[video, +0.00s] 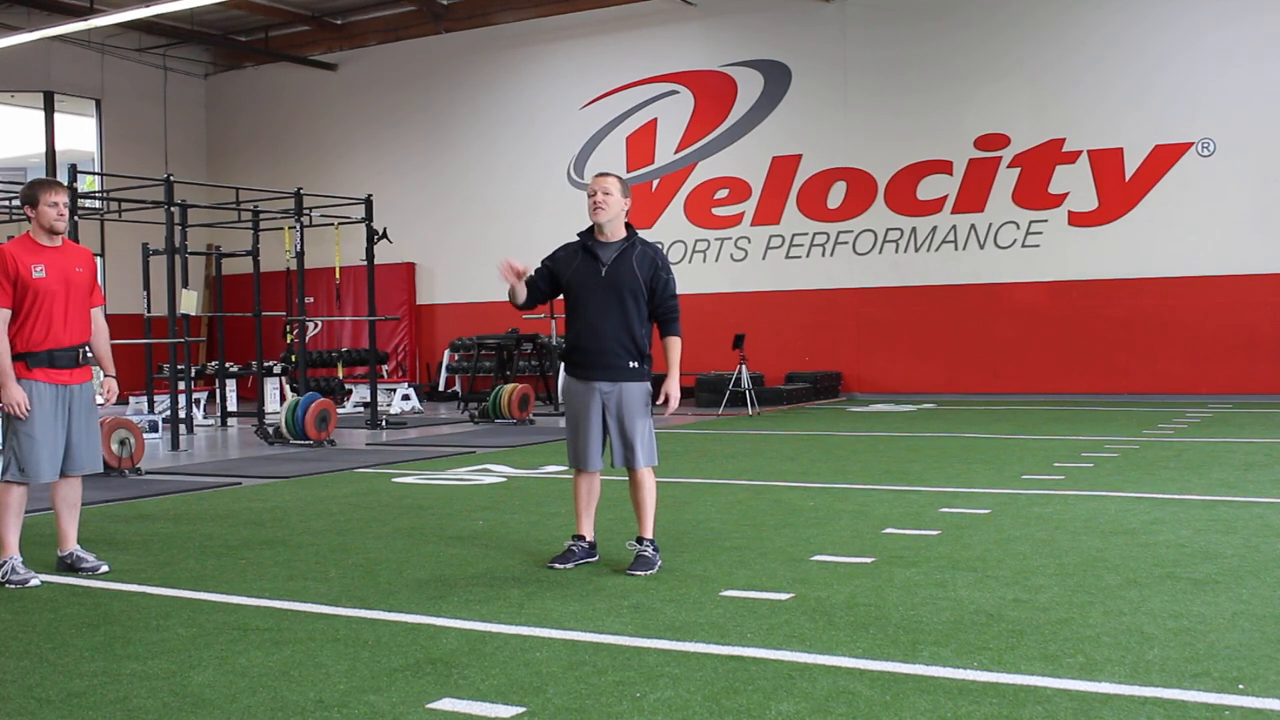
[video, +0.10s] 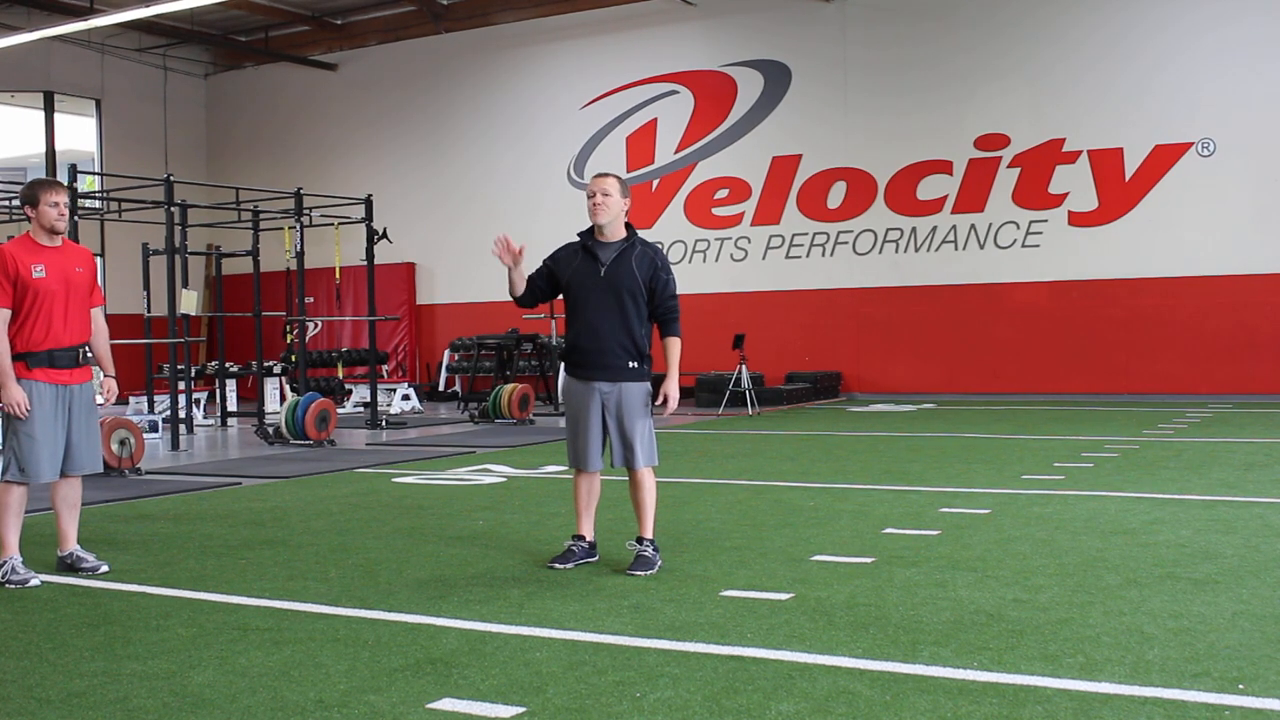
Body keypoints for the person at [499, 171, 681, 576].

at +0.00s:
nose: (597, 199)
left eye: (606, 193)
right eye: (592, 194)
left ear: (626, 203)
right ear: (587, 204)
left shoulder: (649, 256)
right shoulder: (568, 256)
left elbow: (669, 320)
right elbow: (527, 299)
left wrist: (673, 376)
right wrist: (517, 284)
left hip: (631, 379)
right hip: (580, 377)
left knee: (638, 463)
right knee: (584, 463)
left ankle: (646, 544)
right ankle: (584, 542)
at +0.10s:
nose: (596, 201)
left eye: (604, 195)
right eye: (591, 196)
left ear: (625, 204)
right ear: (586, 205)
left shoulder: (649, 257)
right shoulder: (569, 256)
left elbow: (669, 320)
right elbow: (525, 297)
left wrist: (673, 376)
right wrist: (515, 268)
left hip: (631, 379)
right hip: (580, 378)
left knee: (638, 463)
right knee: (584, 464)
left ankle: (646, 544)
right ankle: (583, 542)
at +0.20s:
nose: (595, 203)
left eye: (603, 197)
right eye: (590, 197)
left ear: (624, 204)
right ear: (586, 206)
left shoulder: (649, 257)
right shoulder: (569, 256)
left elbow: (670, 320)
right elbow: (530, 299)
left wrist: (672, 376)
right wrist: (515, 264)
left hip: (630, 380)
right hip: (580, 378)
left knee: (638, 464)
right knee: (584, 464)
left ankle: (646, 544)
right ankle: (583, 542)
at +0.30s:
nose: (594, 203)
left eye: (602, 197)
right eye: (590, 198)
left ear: (624, 204)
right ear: (586, 206)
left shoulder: (650, 257)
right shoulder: (571, 257)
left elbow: (670, 320)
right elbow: (534, 302)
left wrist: (671, 376)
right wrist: (510, 270)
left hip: (630, 379)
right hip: (580, 378)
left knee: (638, 463)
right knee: (584, 464)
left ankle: (646, 544)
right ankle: (583, 542)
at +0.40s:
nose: (596, 203)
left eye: (604, 197)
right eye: (591, 198)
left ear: (625, 204)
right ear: (586, 206)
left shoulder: (651, 258)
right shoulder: (572, 257)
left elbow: (670, 320)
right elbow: (536, 305)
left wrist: (671, 377)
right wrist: (500, 282)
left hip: (630, 381)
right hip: (580, 379)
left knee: (639, 464)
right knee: (585, 463)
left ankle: (646, 544)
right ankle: (584, 542)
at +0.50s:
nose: (595, 202)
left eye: (603, 196)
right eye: (590, 197)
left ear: (625, 204)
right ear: (586, 206)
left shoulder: (651, 258)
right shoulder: (572, 257)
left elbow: (671, 320)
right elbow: (539, 307)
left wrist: (672, 375)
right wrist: (504, 285)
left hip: (631, 380)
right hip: (580, 379)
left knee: (639, 464)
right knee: (584, 463)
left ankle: (646, 544)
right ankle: (583, 542)